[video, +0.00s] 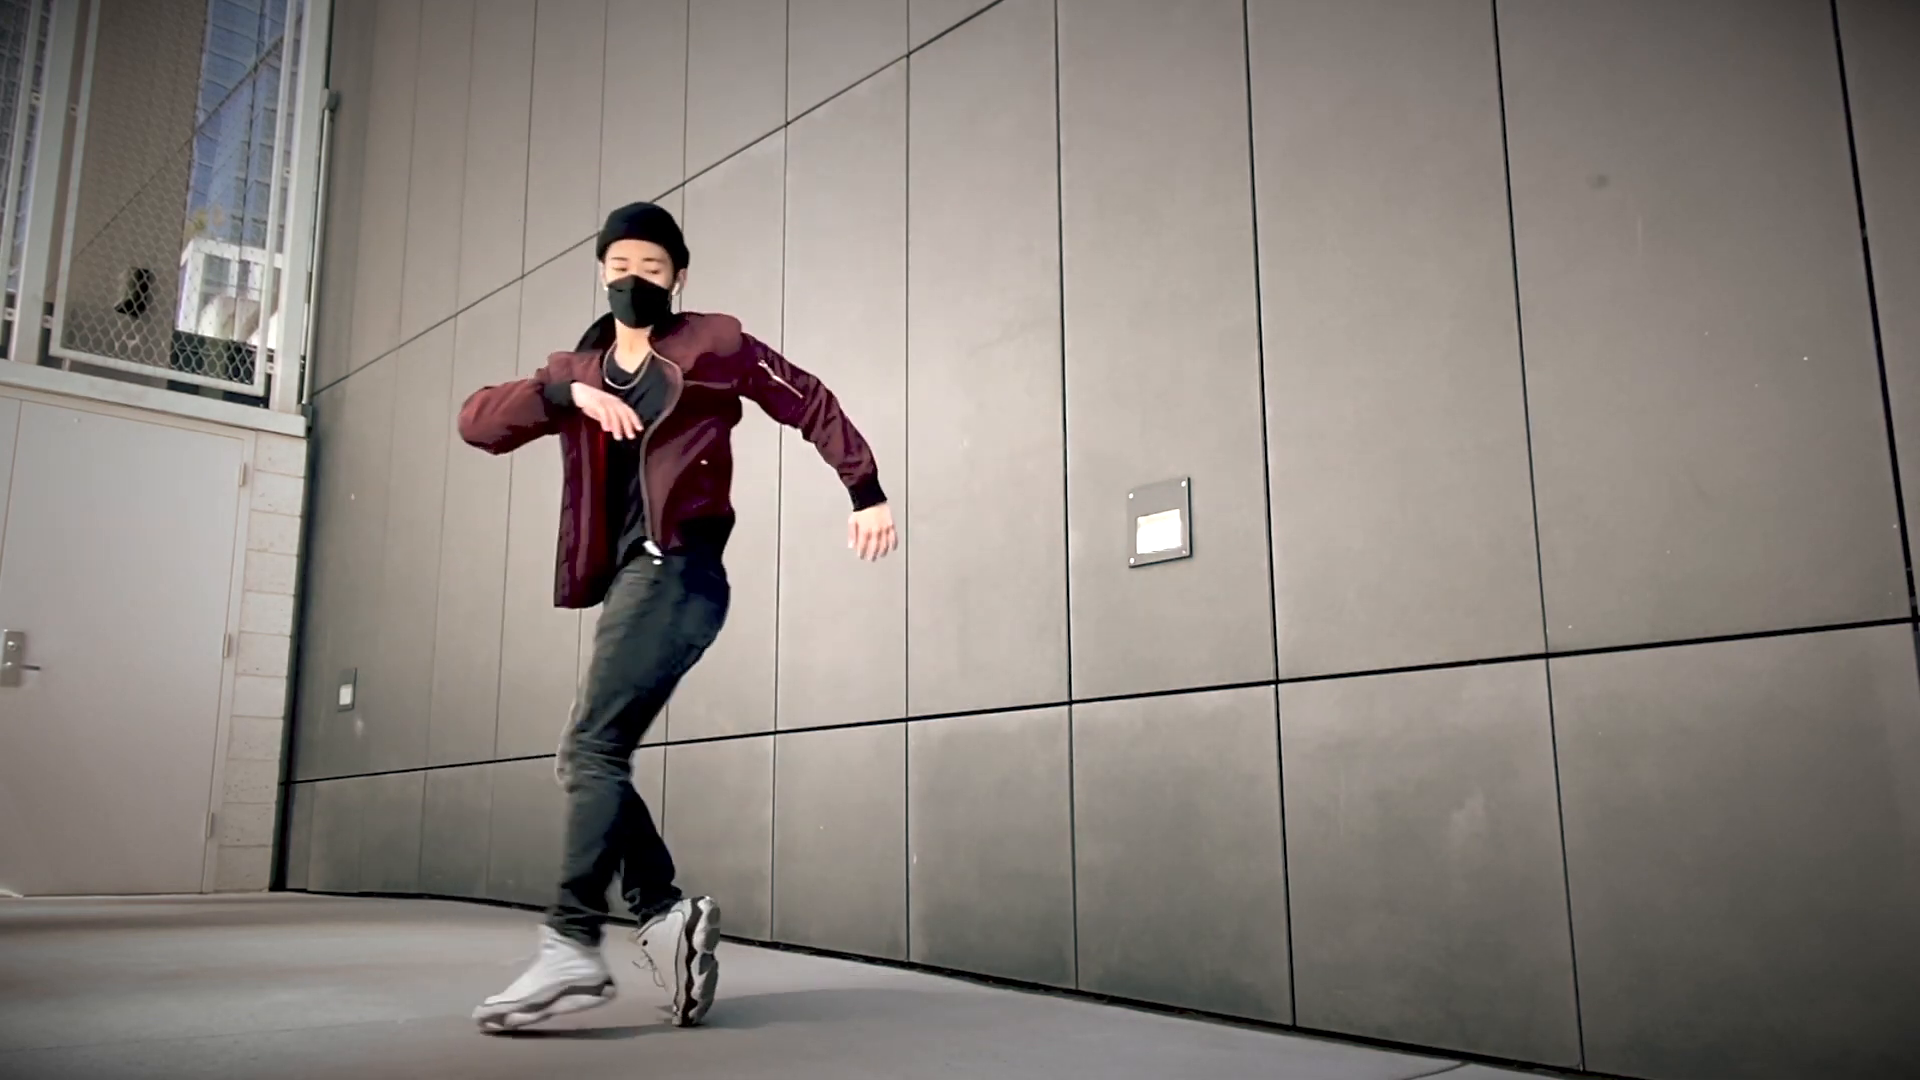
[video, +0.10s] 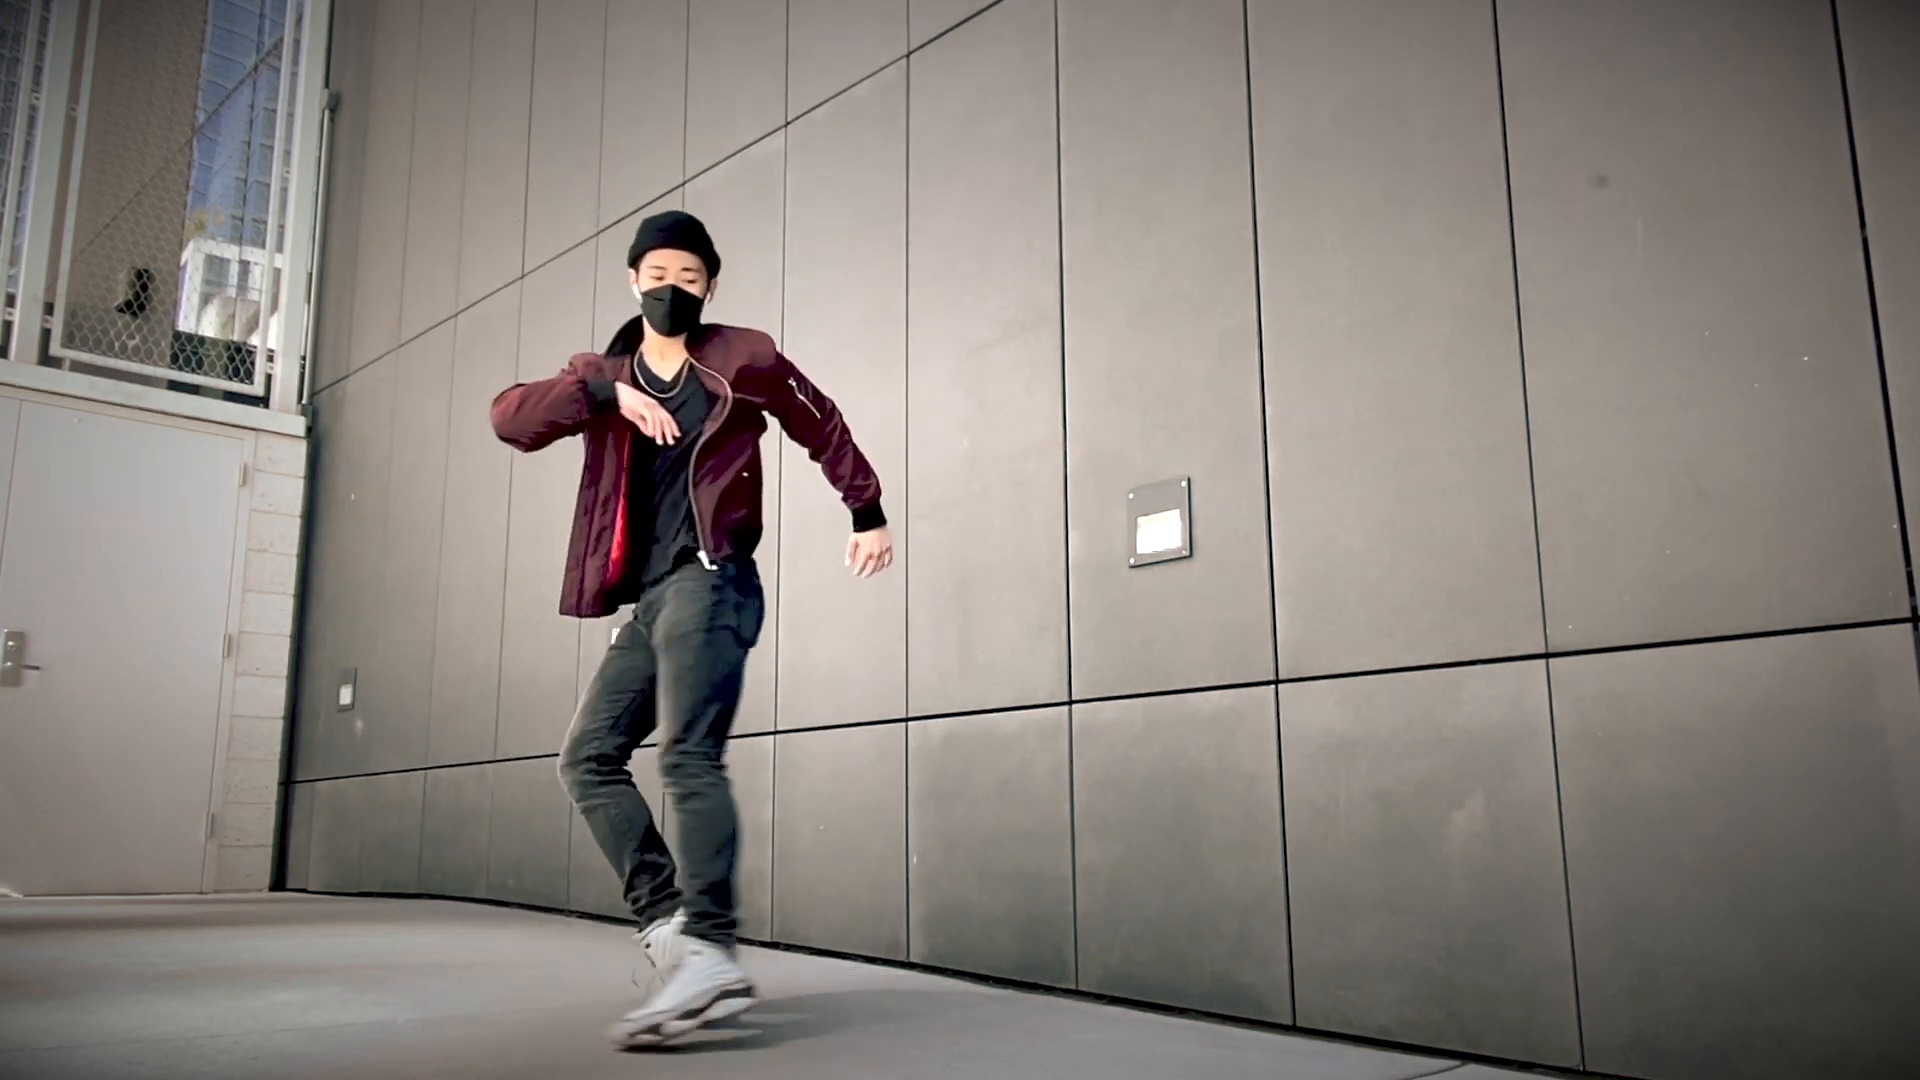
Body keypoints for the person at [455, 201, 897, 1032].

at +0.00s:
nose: (636, 271)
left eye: (652, 260)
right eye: (621, 259)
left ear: (677, 274)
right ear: (601, 272)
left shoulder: (713, 342)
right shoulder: (578, 367)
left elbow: (810, 404)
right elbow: (475, 424)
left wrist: (866, 492)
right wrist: (564, 390)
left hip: (673, 570)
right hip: (622, 574)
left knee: (594, 750)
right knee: (593, 756)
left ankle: (572, 946)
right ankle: (666, 920)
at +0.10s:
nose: (672, 278)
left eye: (688, 268)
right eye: (657, 266)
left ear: (709, 284)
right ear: (633, 281)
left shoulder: (744, 357)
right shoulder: (603, 376)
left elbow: (821, 427)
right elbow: (510, 421)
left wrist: (868, 513)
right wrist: (603, 384)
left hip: (708, 581)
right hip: (650, 596)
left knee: (687, 755)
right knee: (588, 758)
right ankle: (671, 934)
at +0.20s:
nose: (709, 291)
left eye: (723, 281)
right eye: (693, 279)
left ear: (738, 294)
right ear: (664, 288)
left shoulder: (773, 373)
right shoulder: (624, 375)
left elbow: (826, 453)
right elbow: (538, 416)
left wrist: (858, 540)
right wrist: (632, 389)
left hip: (740, 592)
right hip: (670, 611)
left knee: (773, 763)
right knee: (597, 760)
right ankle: (680, 929)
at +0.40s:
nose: (762, 304)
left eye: (776, 294)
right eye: (746, 291)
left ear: (793, 308)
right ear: (717, 301)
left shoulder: (823, 393)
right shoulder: (680, 386)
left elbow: (848, 498)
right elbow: (592, 398)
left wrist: (851, 590)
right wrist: (690, 387)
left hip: (802, 606)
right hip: (718, 616)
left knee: (850, 787)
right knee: (684, 781)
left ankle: (961, 928)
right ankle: (748, 939)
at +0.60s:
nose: (820, 311)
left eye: (833, 302)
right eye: (804, 301)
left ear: (849, 315)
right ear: (774, 315)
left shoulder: (878, 407)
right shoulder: (741, 401)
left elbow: (881, 513)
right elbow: (664, 415)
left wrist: (889, 592)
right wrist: (760, 398)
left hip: (875, 615)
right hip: (786, 627)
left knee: (950, 768)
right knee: (762, 801)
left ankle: (959, 933)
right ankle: (770, 962)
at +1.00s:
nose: (924, 312)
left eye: (933, 304)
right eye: (907, 301)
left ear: (941, 319)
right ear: (869, 313)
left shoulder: (951, 405)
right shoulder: (836, 385)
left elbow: (966, 502)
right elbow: (756, 446)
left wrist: (969, 599)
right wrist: (839, 474)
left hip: (956, 614)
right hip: (885, 617)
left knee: (1022, 770)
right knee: (862, 793)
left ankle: (963, 932)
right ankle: (790, 954)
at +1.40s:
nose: (990, 334)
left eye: (995, 325)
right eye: (980, 319)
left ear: (961, 326)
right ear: (934, 314)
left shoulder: (932, 397)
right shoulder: (888, 366)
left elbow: (872, 492)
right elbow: (805, 426)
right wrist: (723, 505)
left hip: (893, 611)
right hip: (841, 606)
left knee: (905, 791)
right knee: (814, 788)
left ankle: (903, 967)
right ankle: (775, 957)